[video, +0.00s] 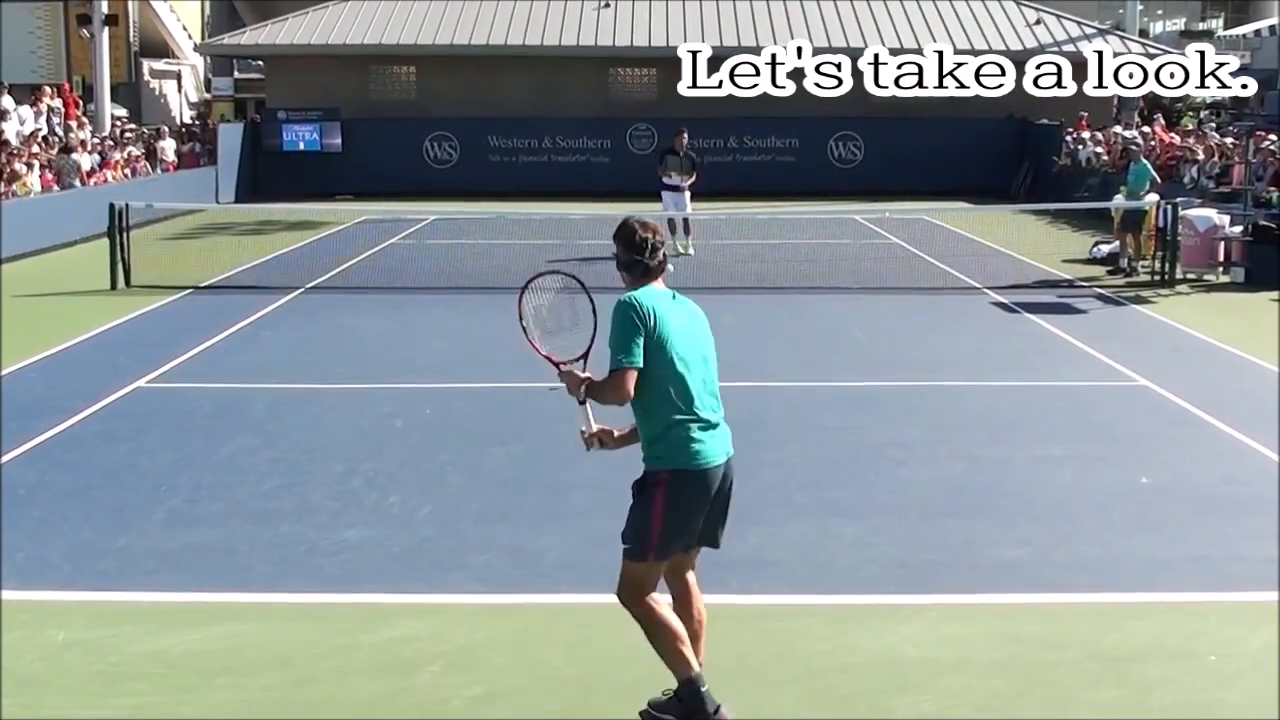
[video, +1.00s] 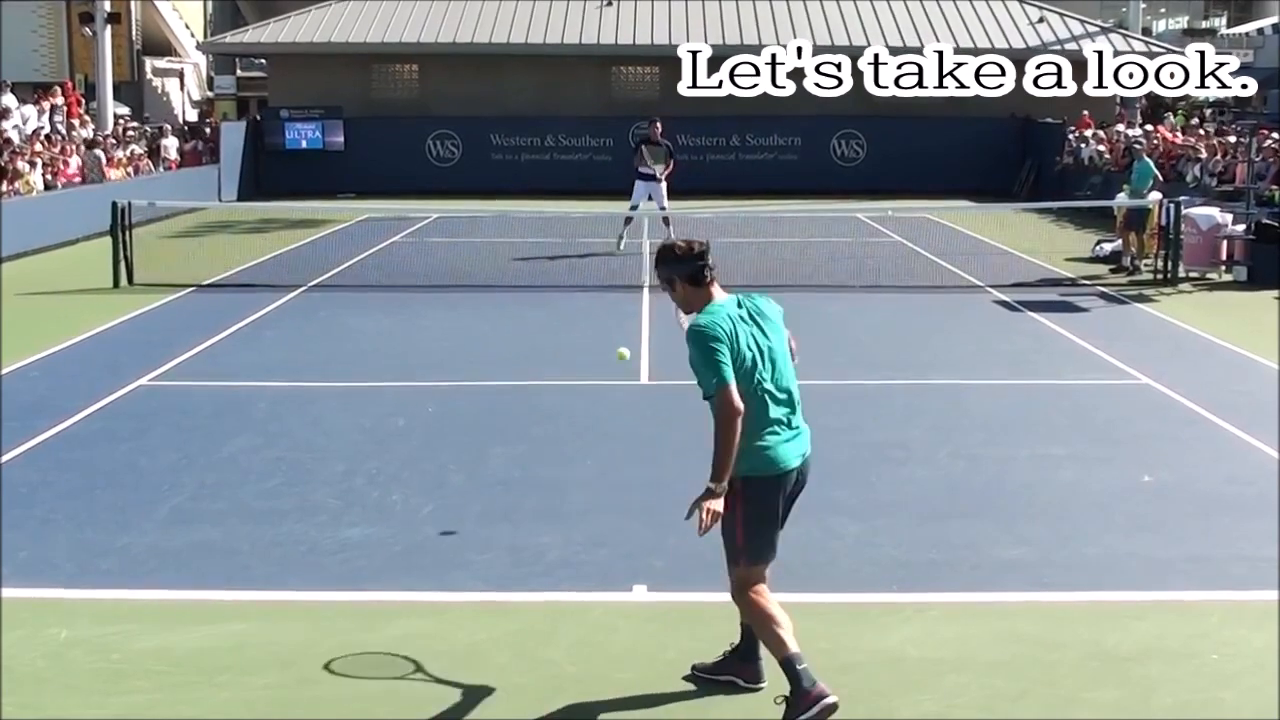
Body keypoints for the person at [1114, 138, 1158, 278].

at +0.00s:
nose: (1130, 154)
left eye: (1133, 151)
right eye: (1129, 151)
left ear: (1139, 151)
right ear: (1129, 152)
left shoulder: (1145, 165)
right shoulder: (1132, 165)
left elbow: (1157, 181)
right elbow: (1133, 181)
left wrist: (1146, 193)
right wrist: (1126, 190)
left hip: (1140, 205)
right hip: (1129, 203)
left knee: (1136, 235)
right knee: (1121, 233)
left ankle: (1136, 265)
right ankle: (1122, 264)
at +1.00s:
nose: (1134, 152)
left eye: (1137, 149)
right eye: (1133, 149)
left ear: (1143, 149)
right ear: (1132, 150)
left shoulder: (1148, 163)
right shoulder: (1135, 164)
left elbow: (1159, 179)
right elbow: (1136, 181)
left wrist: (1147, 192)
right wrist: (1129, 188)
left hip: (1143, 204)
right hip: (1132, 203)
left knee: (1139, 234)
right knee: (1124, 231)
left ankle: (1138, 264)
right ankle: (1125, 262)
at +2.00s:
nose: (1129, 154)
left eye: (1132, 151)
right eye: (1129, 151)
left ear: (1138, 152)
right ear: (1130, 152)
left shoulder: (1145, 166)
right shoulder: (1132, 165)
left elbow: (1156, 182)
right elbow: (1134, 182)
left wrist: (1144, 193)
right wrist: (1126, 191)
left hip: (1140, 206)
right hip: (1129, 204)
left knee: (1138, 236)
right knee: (1123, 234)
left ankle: (1137, 265)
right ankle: (1123, 263)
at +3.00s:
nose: (1127, 154)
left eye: (1130, 151)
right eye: (1127, 151)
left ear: (1136, 152)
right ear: (1127, 153)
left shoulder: (1142, 165)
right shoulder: (1129, 165)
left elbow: (1154, 182)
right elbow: (1128, 183)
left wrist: (1142, 195)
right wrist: (1123, 191)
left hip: (1137, 204)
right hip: (1126, 203)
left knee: (1134, 235)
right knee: (1120, 234)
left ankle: (1134, 266)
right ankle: (1124, 264)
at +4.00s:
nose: (1122, 153)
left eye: (1125, 150)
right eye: (1122, 150)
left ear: (1132, 151)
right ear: (1123, 151)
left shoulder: (1138, 165)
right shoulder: (1126, 165)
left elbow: (1148, 181)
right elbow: (1125, 181)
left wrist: (1137, 193)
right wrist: (1119, 189)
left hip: (1134, 205)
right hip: (1123, 203)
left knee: (1131, 234)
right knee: (1117, 232)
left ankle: (1132, 265)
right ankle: (1118, 263)